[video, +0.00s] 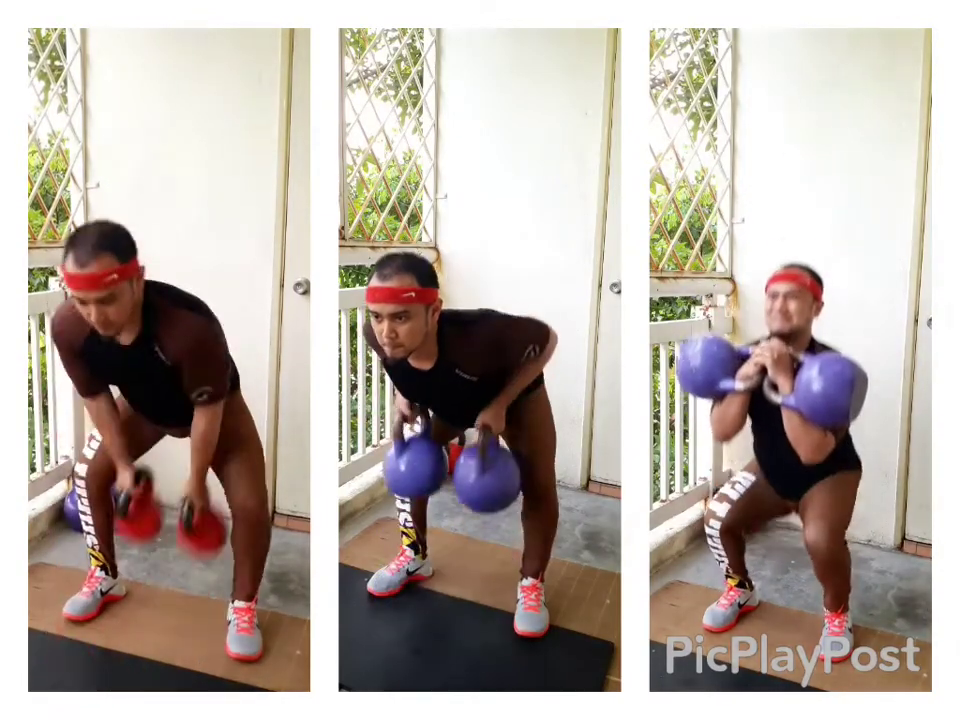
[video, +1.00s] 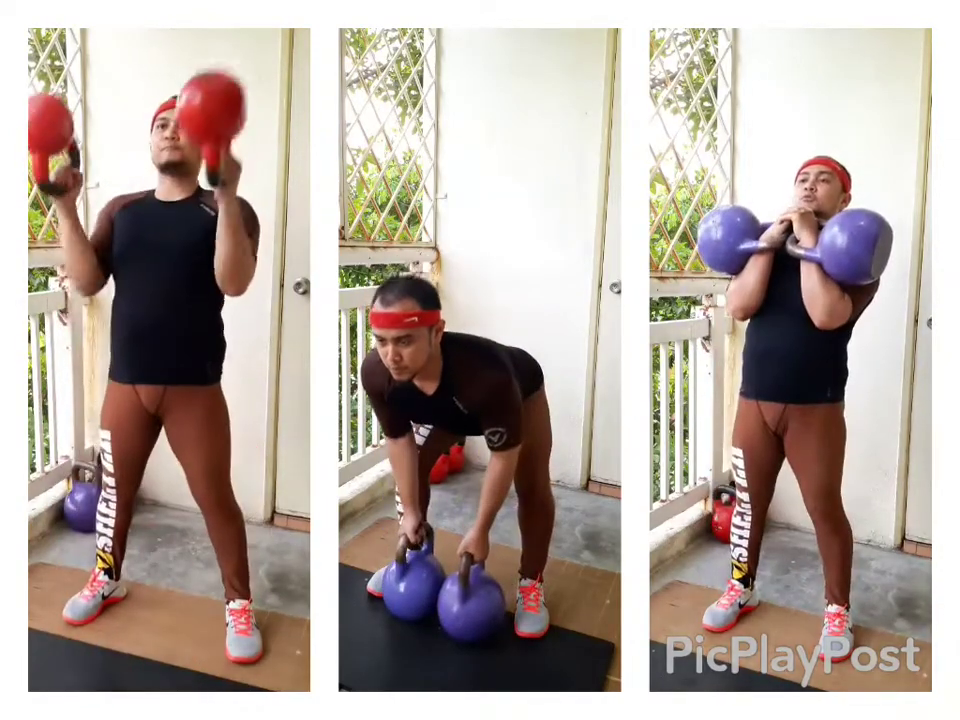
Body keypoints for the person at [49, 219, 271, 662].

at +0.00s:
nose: (95, 316)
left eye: (108, 300)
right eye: (82, 303)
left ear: (137, 279)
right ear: (70, 293)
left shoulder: (188, 324)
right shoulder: (68, 327)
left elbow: (208, 404)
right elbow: (96, 397)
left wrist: (197, 480)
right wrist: (122, 462)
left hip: (211, 406)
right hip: (146, 409)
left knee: (252, 507)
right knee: (93, 477)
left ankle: (243, 606)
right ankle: (104, 574)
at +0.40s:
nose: (105, 262)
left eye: (120, 250)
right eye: (96, 250)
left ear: (149, 259)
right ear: (86, 258)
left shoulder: (193, 321)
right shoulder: (81, 322)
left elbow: (212, 400)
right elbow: (105, 393)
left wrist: (201, 467)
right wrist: (132, 458)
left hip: (211, 411)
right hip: (149, 410)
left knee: (250, 508)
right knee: (98, 478)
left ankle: (242, 605)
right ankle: (105, 574)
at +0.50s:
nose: (138, 202)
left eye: (152, 191)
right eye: (129, 191)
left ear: (178, 204)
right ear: (120, 202)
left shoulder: (210, 281)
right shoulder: (102, 277)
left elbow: (221, 376)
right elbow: (104, 364)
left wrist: (202, 462)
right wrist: (113, 445)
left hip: (212, 410)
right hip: (146, 409)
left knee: (249, 513)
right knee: (96, 480)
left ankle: (240, 607)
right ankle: (105, 575)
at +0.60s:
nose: (161, 174)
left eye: (175, 163)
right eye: (153, 164)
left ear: (199, 172)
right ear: (143, 174)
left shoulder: (225, 245)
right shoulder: (120, 243)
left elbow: (221, 335)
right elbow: (110, 322)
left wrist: (191, 411)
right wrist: (93, 393)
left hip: (212, 393)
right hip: (148, 392)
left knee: (241, 502)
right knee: (102, 473)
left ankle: (240, 605)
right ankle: (105, 576)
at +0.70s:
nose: (172, 155)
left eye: (184, 144)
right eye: (162, 145)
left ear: (207, 152)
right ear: (151, 154)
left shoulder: (233, 213)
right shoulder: (131, 212)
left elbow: (228, 288)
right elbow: (106, 283)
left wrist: (189, 343)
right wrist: (75, 315)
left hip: (212, 373)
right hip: (148, 368)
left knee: (232, 495)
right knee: (116, 474)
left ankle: (240, 604)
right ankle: (106, 575)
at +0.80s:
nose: (172, 145)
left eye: (184, 134)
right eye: (162, 135)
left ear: (207, 142)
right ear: (151, 145)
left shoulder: (235, 196)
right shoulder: (131, 203)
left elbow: (248, 264)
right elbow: (102, 278)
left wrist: (211, 267)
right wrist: (72, 249)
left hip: (206, 378)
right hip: (142, 375)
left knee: (221, 493)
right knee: (125, 482)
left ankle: (240, 602)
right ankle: (107, 575)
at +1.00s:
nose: (169, 129)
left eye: (181, 121)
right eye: (161, 123)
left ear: (204, 143)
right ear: (150, 143)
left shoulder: (229, 212)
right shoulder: (122, 209)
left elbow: (234, 282)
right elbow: (87, 280)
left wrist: (226, 194)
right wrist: (66, 203)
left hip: (194, 385)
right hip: (126, 380)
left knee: (215, 498)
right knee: (116, 488)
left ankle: (239, 603)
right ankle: (106, 576)